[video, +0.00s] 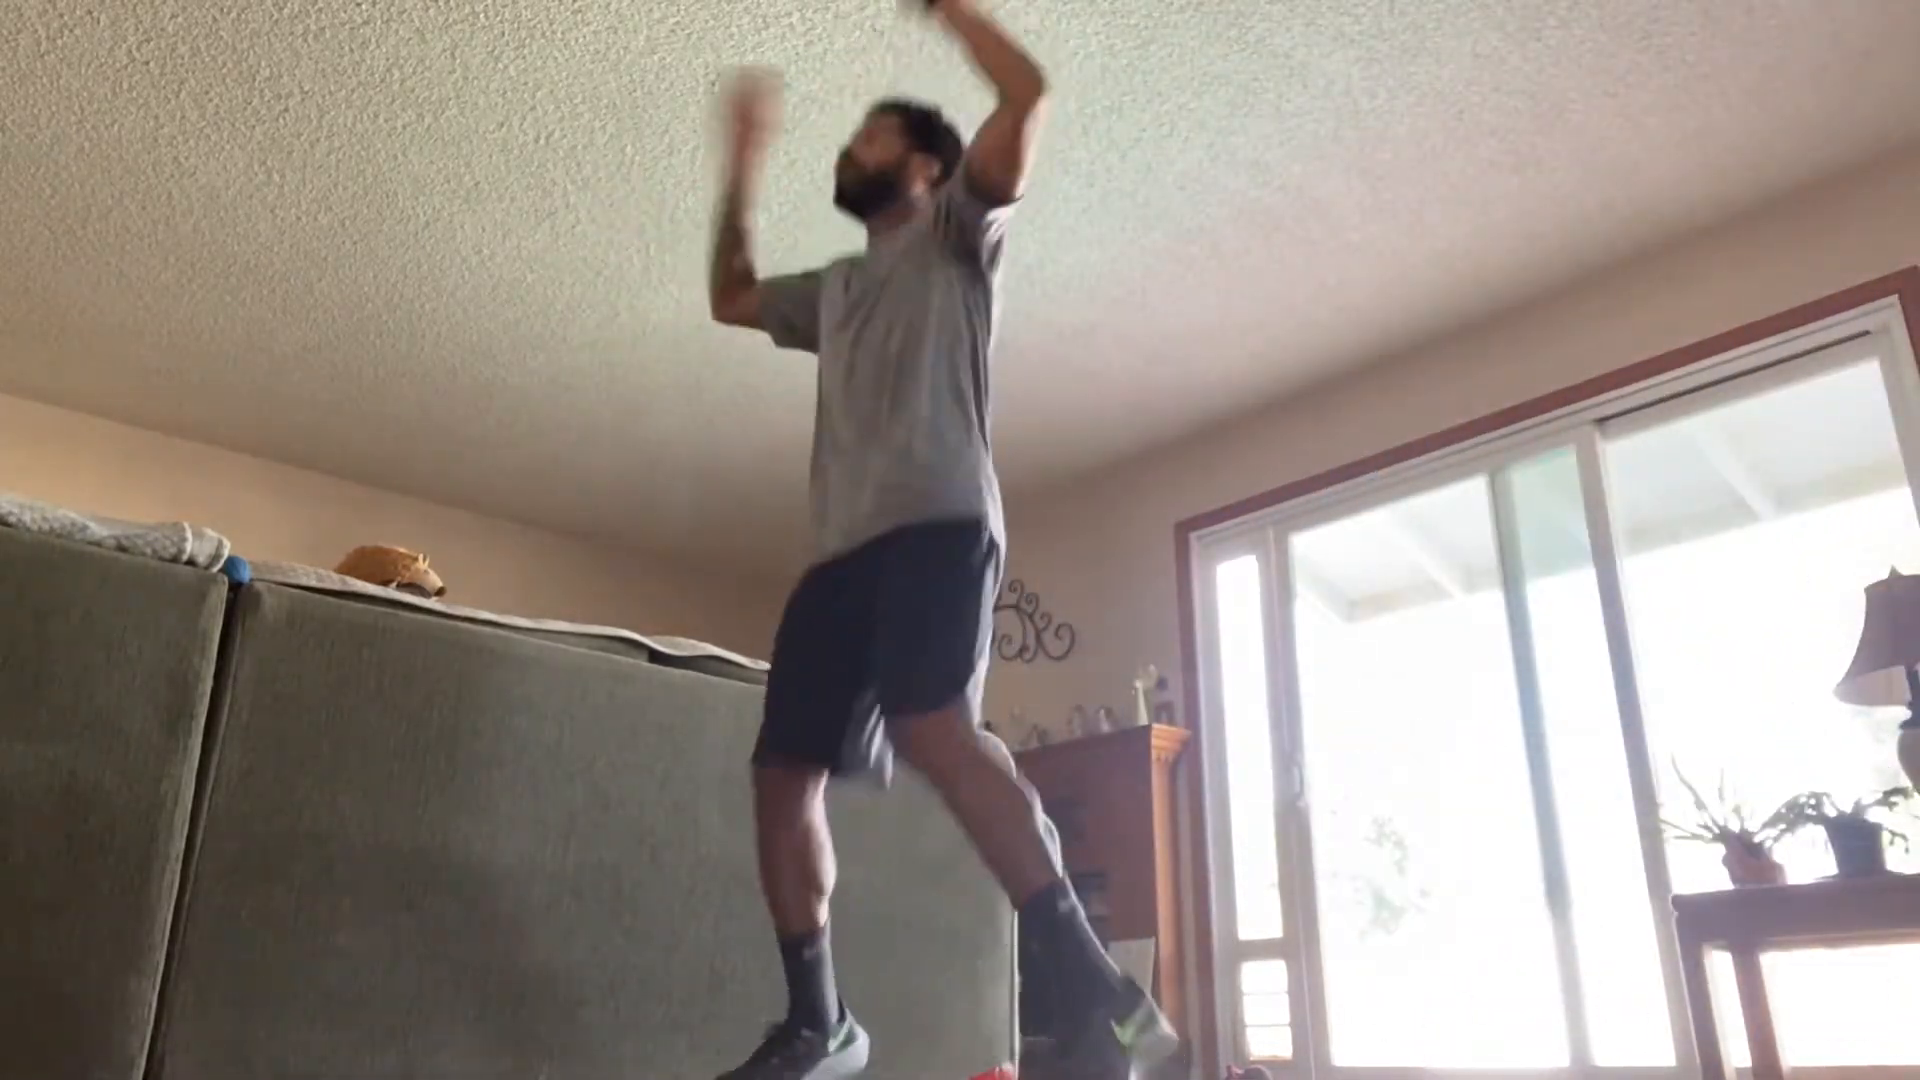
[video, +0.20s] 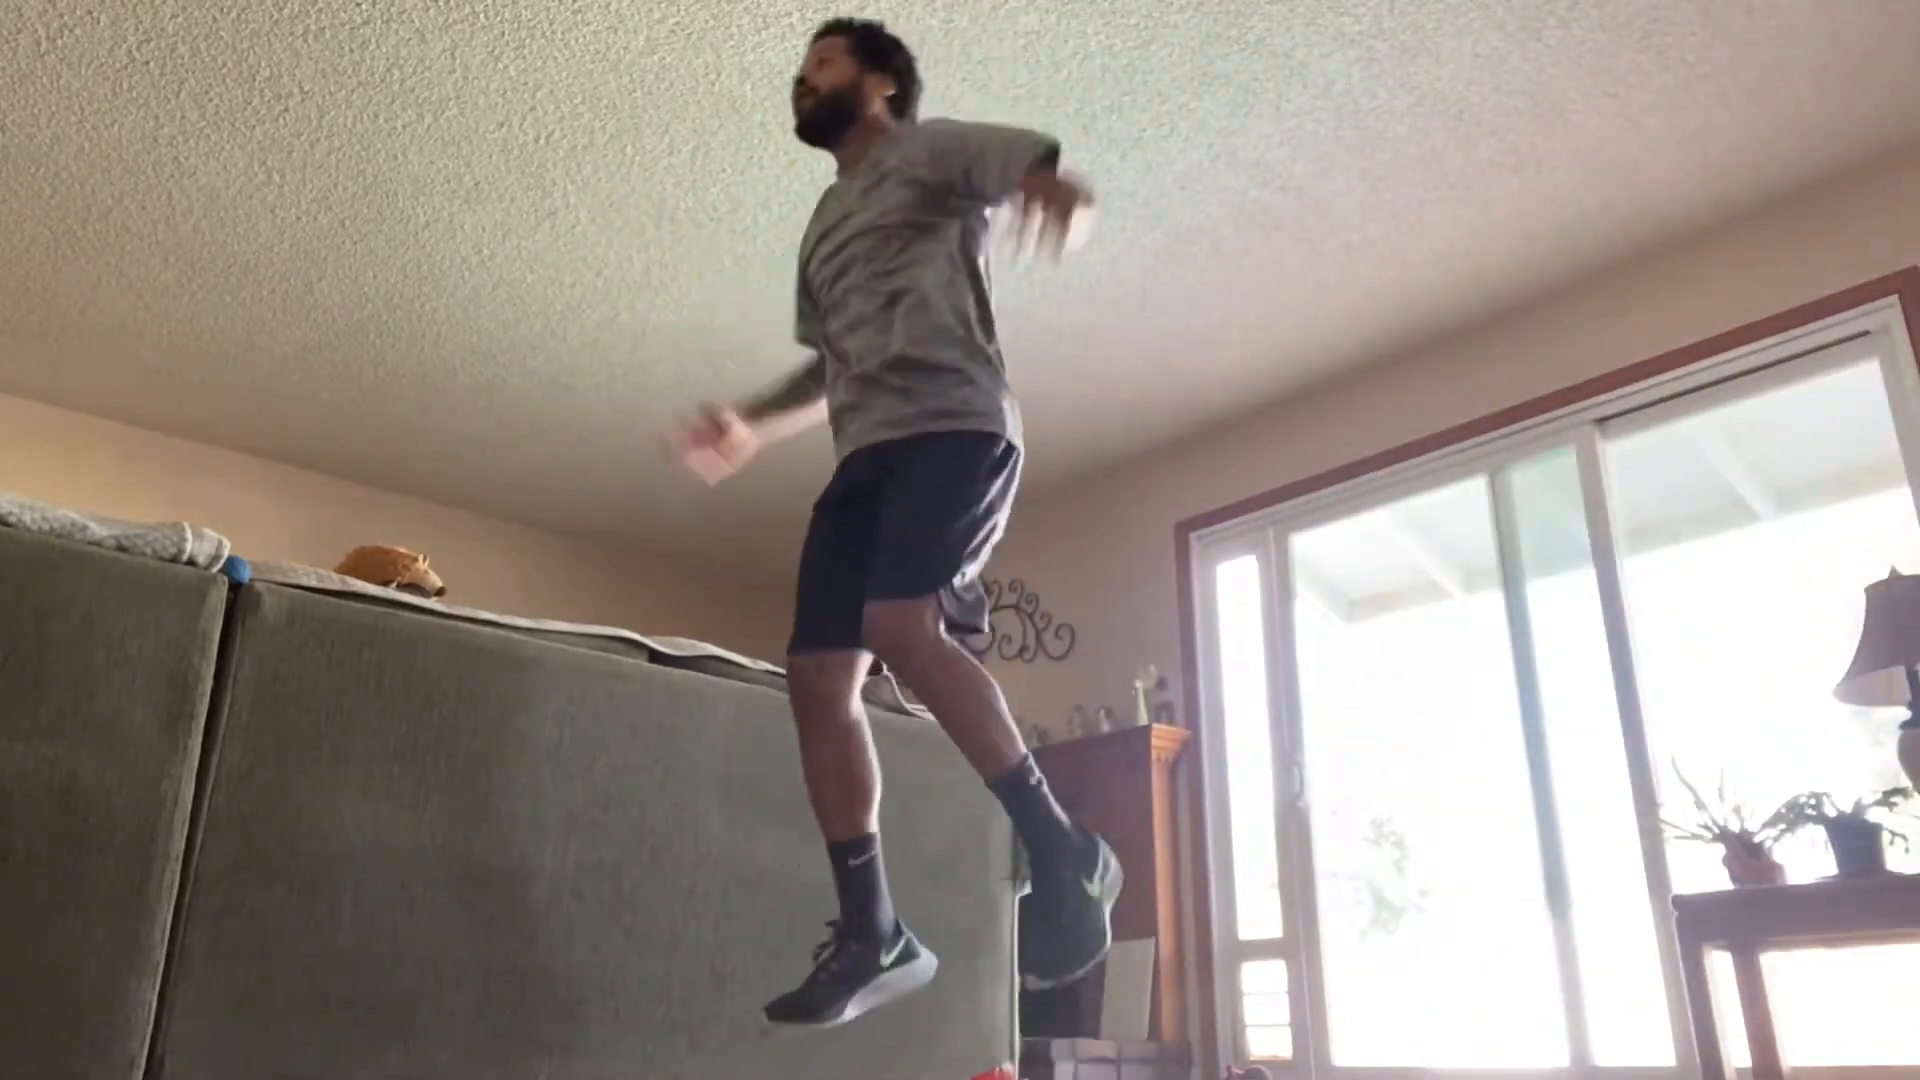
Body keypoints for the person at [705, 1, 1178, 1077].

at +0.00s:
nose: (850, 138)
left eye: (872, 128)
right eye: (852, 130)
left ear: (922, 155)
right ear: (877, 170)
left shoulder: (954, 228)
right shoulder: (841, 284)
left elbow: (1025, 93)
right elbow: (731, 298)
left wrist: (951, 9)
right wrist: (745, 158)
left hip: (939, 519)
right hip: (842, 547)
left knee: (931, 723)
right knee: (785, 771)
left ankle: (1081, 973)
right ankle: (817, 1023)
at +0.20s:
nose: (801, 79)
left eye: (822, 62)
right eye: (801, 67)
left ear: (880, 80)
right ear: (833, 95)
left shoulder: (922, 150)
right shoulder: (825, 226)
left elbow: (1029, 159)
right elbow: (835, 362)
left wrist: (1052, 188)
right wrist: (753, 421)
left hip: (955, 428)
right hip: (864, 456)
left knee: (904, 623)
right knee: (819, 677)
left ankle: (1063, 854)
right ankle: (870, 934)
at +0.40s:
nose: (758, 228)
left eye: (778, 209)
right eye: (758, 214)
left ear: (841, 225)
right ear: (800, 237)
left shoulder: (917, 304)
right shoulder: (804, 373)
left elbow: (955, 452)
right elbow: (849, 499)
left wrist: (810, 448)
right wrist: (825, 605)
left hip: (990, 584)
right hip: (889, 599)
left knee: (911, 783)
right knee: (823, 796)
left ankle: (1080, 917)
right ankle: (886, 1041)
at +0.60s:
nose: (788, 278)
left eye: (802, 255)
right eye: (782, 266)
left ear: (872, 263)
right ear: (792, 298)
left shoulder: (987, 329)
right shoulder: (842, 413)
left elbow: (1158, 394)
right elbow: (838, 569)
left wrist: (1298, 466)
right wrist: (819, 390)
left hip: (1079, 575)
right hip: (957, 619)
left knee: (1021, 714)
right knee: (850, 816)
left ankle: (1196, 950)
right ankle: (888, 1041)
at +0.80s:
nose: (1016, 61)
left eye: (1036, 34)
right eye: (1003, 47)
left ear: (1099, 39)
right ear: (1014, 80)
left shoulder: (1213, 109)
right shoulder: (1025, 200)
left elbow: (1358, 177)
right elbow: (959, 276)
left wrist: (1472, 233)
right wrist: (972, 93)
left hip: (1277, 423)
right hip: (1156, 478)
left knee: (1367, 532)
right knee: (1057, 746)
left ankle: (1600, 812)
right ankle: (1006, 987)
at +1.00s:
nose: (1371, 13)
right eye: (1347, 5)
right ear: (1313, 9)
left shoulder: (1545, 85)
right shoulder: (1262, 145)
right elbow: (1246, 345)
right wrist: (1318, 178)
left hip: (1540, 418)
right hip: (1388, 481)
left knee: (1628, 626)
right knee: (1371, 829)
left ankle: (1887, 973)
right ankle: (1477, 917)